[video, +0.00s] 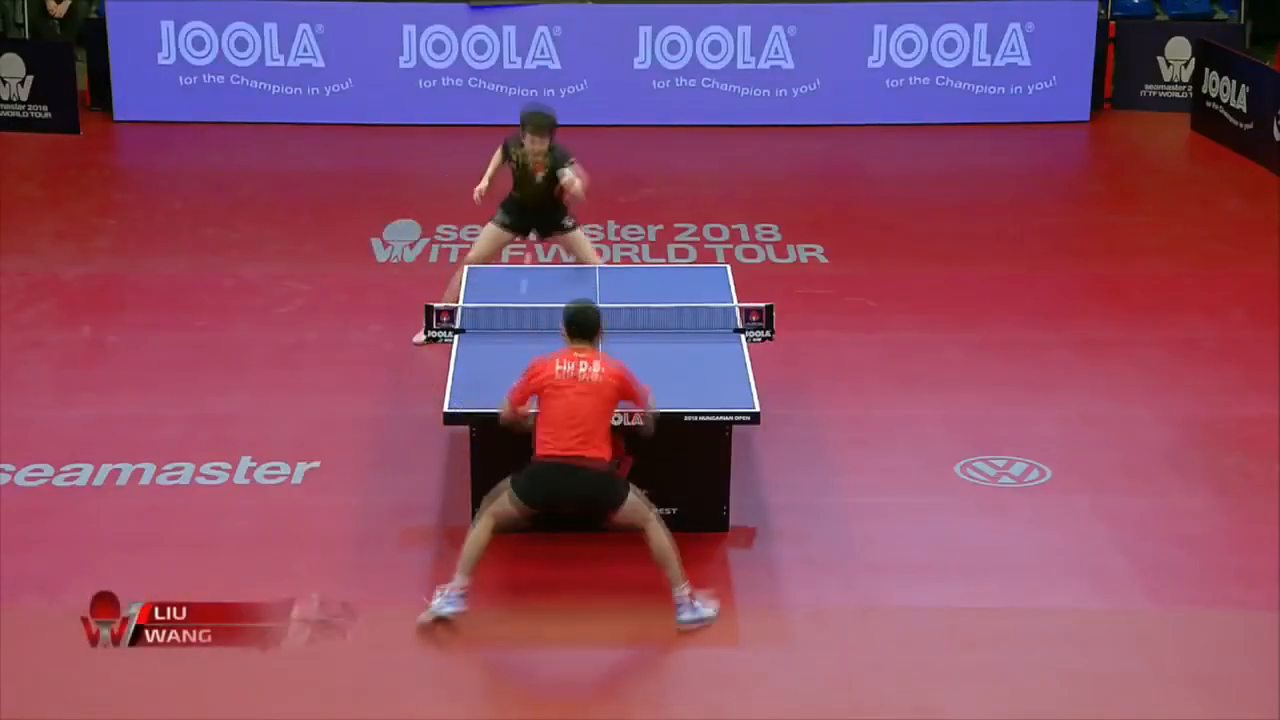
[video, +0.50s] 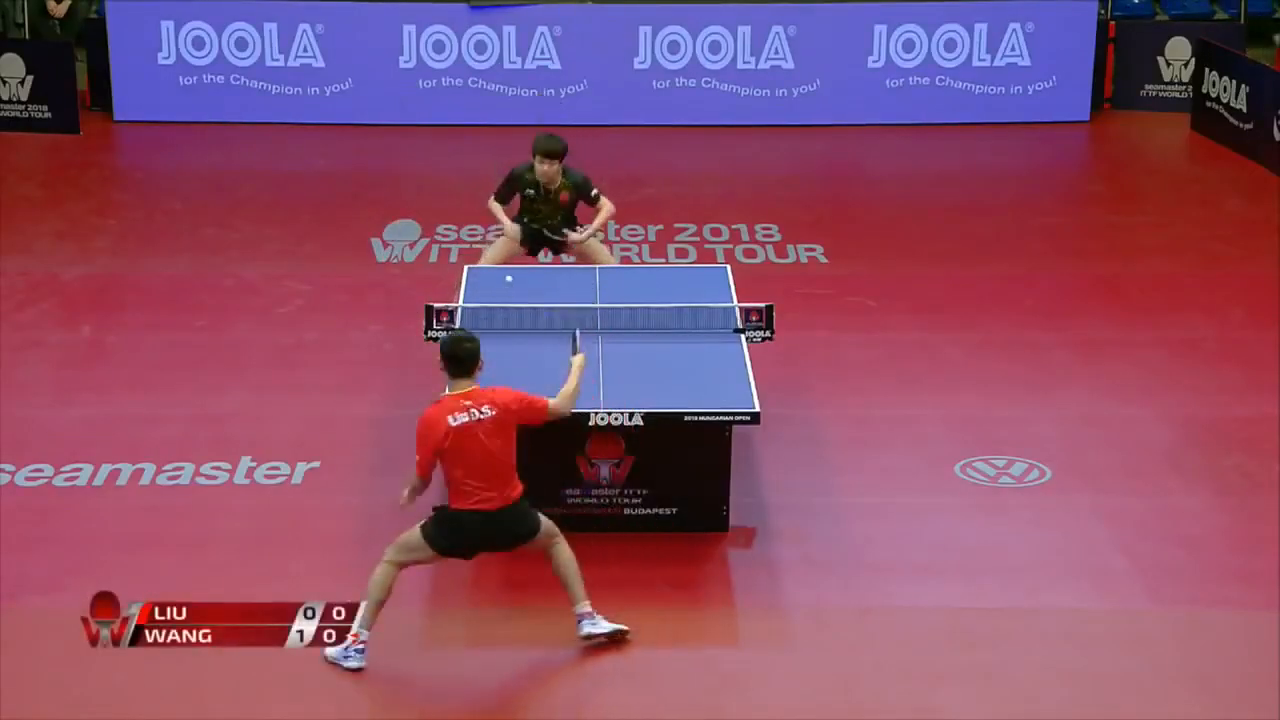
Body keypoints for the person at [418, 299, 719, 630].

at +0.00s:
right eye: (599, 330)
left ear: (564, 332)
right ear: (599, 332)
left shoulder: (543, 366)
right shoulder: (614, 370)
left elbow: (508, 415)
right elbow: (648, 410)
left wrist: (534, 422)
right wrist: (645, 429)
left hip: (544, 475)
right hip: (595, 478)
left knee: (488, 517)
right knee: (650, 522)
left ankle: (454, 593)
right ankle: (685, 601)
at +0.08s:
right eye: (601, 338)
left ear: (566, 340)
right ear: (602, 341)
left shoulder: (543, 376)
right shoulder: (615, 382)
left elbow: (509, 427)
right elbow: (638, 439)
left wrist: (543, 435)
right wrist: (602, 439)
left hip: (540, 487)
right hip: (591, 490)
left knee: (486, 535)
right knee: (648, 527)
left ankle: (445, 606)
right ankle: (685, 608)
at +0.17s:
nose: (536, 361)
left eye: (536, 356)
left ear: (538, 357)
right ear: (569, 358)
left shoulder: (526, 394)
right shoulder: (586, 398)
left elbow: (498, 433)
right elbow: (596, 449)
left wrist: (536, 432)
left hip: (526, 509)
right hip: (576, 508)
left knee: (480, 550)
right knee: (635, 539)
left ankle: (443, 622)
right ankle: (685, 609)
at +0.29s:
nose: (501, 357)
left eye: (503, 351)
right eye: (508, 351)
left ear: (508, 353)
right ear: (539, 353)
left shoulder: (493, 393)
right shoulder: (558, 387)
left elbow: (443, 417)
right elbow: (553, 373)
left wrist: (399, 417)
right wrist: (544, 361)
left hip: (503, 507)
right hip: (556, 508)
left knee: (431, 522)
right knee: (614, 542)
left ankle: (418, 609)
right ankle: (676, 606)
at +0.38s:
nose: (468, 354)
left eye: (468, 349)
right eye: (480, 347)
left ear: (471, 353)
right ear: (503, 348)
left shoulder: (466, 398)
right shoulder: (529, 378)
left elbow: (428, 451)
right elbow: (565, 367)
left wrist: (391, 479)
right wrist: (575, 347)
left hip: (488, 505)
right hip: (536, 501)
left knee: (416, 529)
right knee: (593, 539)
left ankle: (370, 612)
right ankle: (638, 614)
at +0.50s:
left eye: (443, 361)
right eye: (481, 359)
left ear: (444, 367)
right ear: (479, 365)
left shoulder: (434, 417)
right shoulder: (503, 401)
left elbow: (423, 477)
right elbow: (561, 408)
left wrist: (410, 492)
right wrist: (578, 370)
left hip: (461, 524)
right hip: (512, 518)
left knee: (393, 557)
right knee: (554, 539)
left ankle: (356, 642)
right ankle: (587, 616)